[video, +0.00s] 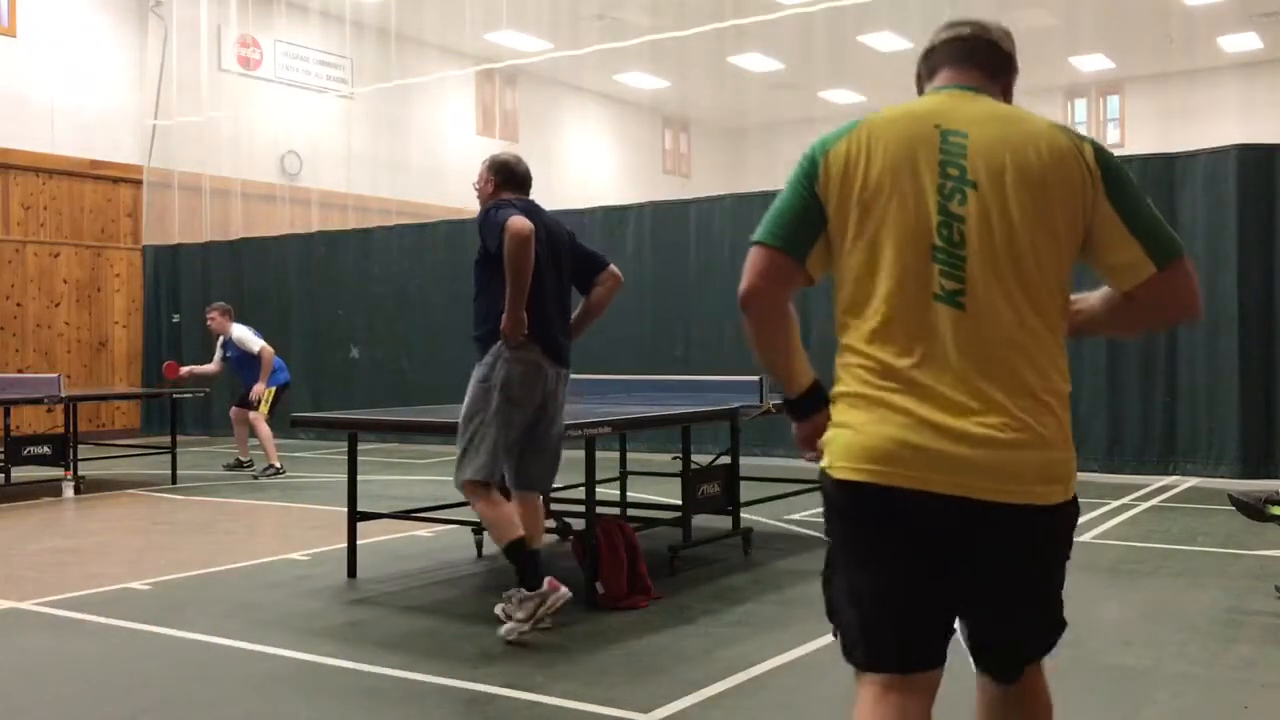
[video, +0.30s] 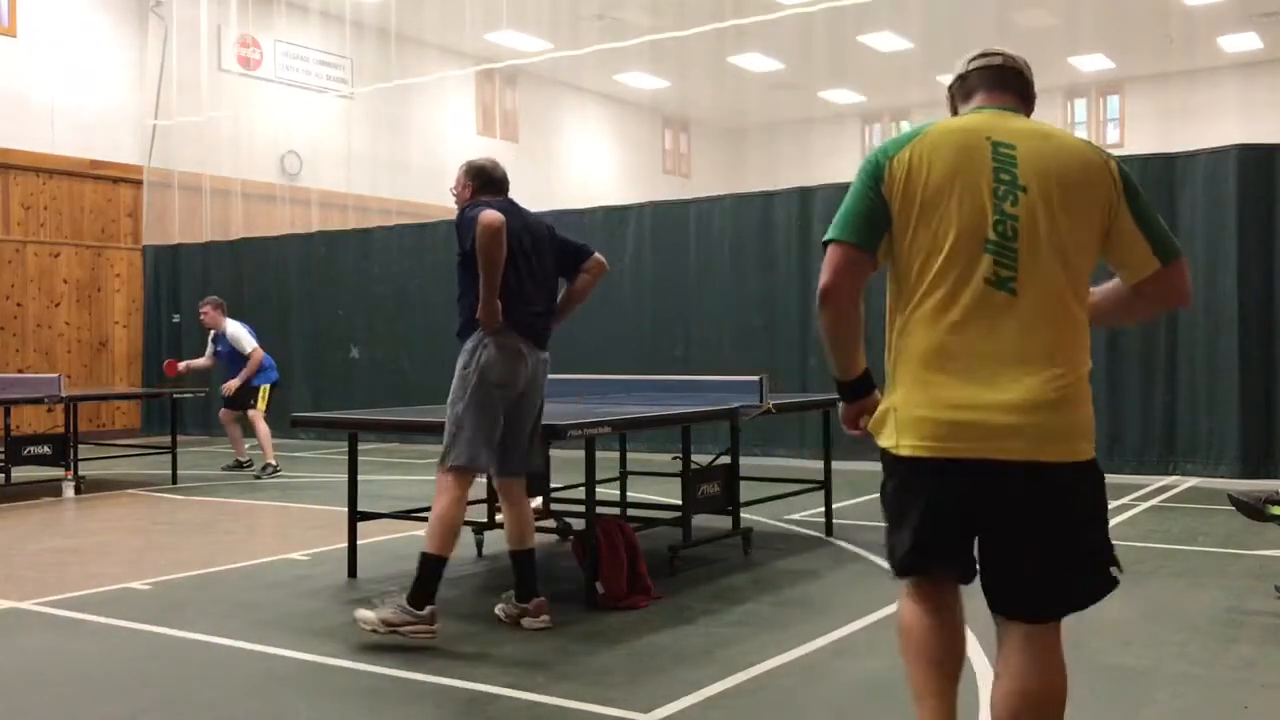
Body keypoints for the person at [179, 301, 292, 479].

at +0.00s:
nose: (208, 323)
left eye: (212, 319)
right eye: (207, 319)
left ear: (225, 318)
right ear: (221, 320)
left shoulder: (239, 333)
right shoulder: (223, 340)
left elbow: (267, 352)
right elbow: (215, 367)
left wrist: (262, 382)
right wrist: (191, 370)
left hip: (274, 379)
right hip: (259, 380)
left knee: (256, 417)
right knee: (237, 414)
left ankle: (275, 464)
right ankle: (244, 460)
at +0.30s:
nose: (201, 318)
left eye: (205, 313)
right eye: (201, 314)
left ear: (218, 312)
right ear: (214, 314)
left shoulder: (234, 330)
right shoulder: (214, 334)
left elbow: (257, 355)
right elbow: (209, 361)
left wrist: (238, 380)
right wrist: (188, 364)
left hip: (263, 376)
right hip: (244, 378)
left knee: (255, 415)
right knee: (226, 415)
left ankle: (271, 463)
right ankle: (243, 460)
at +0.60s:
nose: (196, 324)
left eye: (199, 319)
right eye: (195, 320)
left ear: (213, 316)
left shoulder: (235, 332)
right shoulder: (207, 338)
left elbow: (251, 361)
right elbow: (192, 360)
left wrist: (223, 376)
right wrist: (169, 363)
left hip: (255, 381)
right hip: (232, 381)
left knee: (247, 418)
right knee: (205, 413)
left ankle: (269, 461)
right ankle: (222, 450)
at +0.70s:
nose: (190, 332)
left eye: (192, 327)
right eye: (188, 328)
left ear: (205, 323)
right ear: (200, 325)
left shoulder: (228, 337)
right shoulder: (200, 341)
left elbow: (248, 364)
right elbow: (179, 355)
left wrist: (226, 381)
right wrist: (155, 360)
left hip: (250, 384)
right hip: (227, 385)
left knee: (243, 420)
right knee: (195, 416)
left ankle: (268, 462)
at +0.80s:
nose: (181, 338)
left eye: (184, 334)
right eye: (180, 335)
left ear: (197, 330)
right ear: (191, 332)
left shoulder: (219, 342)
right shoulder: (190, 343)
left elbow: (243, 367)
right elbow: (164, 349)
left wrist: (229, 386)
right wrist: (143, 357)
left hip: (242, 389)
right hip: (219, 389)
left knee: (239, 421)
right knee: (184, 418)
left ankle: (268, 462)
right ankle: (172, 459)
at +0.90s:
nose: (171, 342)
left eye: (174, 338)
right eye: (170, 338)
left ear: (186, 336)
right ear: (175, 337)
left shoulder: (207, 348)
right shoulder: (174, 344)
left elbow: (232, 371)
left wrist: (229, 390)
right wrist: (136, 362)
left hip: (226, 393)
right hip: (202, 394)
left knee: (235, 422)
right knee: (167, 419)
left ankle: (267, 461)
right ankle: (165, 461)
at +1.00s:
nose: (163, 344)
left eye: (166, 341)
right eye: (162, 341)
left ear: (179, 340)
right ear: (168, 341)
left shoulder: (199, 351)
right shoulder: (165, 349)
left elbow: (225, 374)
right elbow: (134, 350)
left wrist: (229, 393)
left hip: (216, 398)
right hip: (190, 400)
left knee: (230, 423)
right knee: (161, 418)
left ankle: (264, 461)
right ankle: (164, 461)